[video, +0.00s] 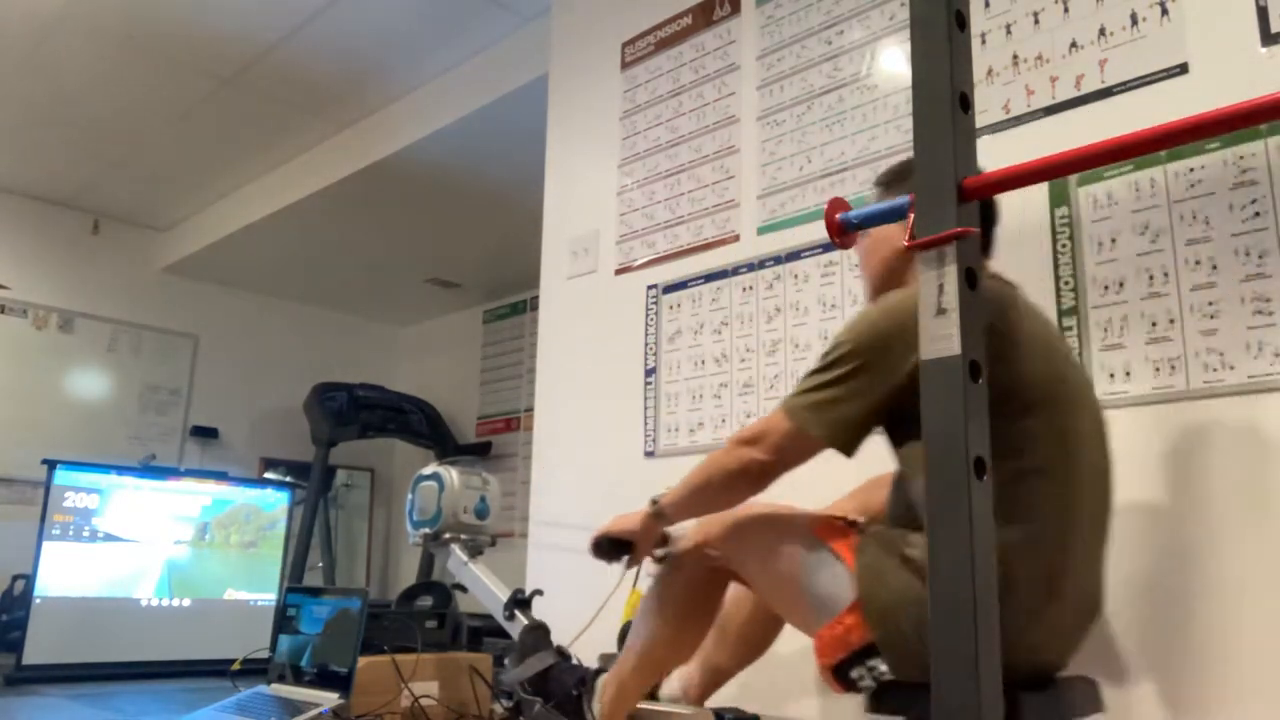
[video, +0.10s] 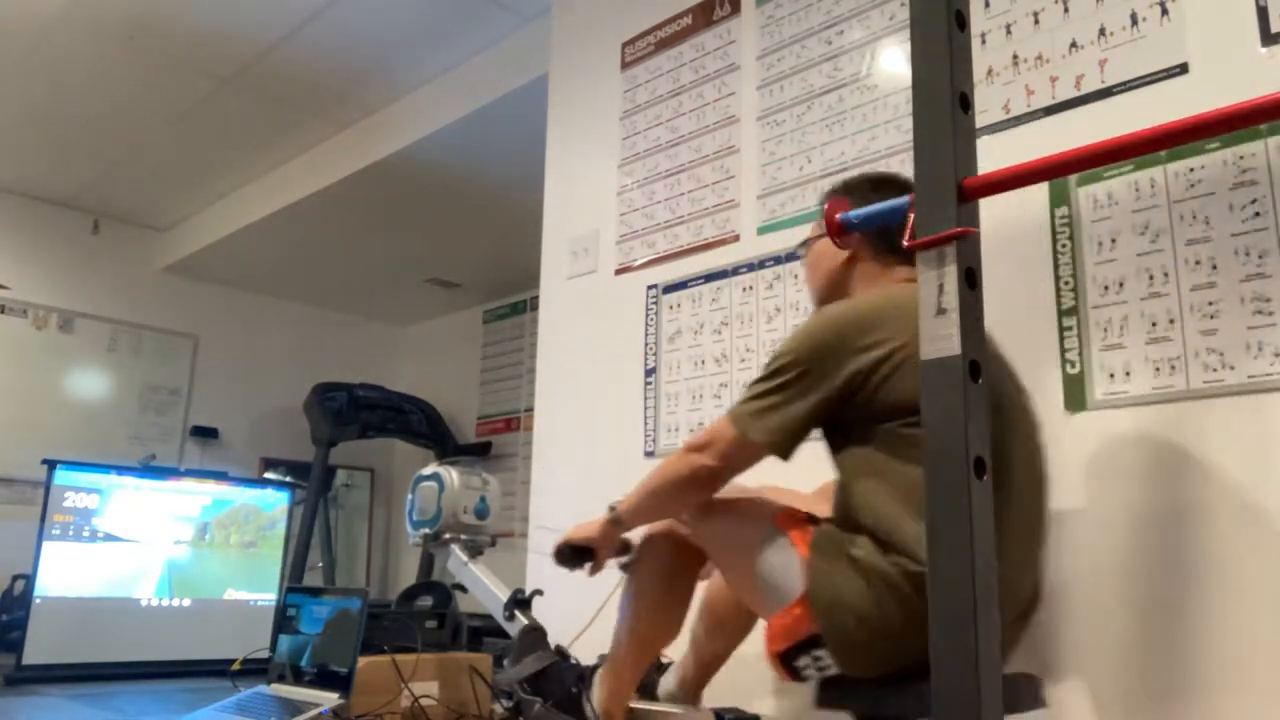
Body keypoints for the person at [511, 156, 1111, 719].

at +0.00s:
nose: (854, 248)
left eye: (864, 227)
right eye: (857, 229)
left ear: (916, 227)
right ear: (954, 233)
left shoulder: (910, 313)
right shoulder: (1011, 315)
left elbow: (759, 455)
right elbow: (886, 498)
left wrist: (655, 516)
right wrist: (725, 533)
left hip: (966, 634)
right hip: (1036, 630)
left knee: (714, 540)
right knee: (775, 548)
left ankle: (611, 704)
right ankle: (691, 692)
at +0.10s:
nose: (803, 264)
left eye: (810, 244)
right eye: (805, 247)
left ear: (849, 240)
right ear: (898, 242)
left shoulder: (853, 324)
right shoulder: (953, 319)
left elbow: (708, 462)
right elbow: (864, 499)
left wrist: (612, 523)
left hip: (892, 614)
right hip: (977, 616)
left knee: (674, 523)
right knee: (748, 535)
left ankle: (608, 701)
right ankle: (680, 692)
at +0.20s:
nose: (755, 280)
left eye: (759, 262)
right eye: (755, 265)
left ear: (796, 253)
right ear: (854, 264)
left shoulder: (790, 337)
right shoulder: (897, 335)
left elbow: (660, 466)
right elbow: (820, 507)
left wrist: (574, 526)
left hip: (836, 622)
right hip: (917, 623)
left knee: (649, 500)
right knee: (718, 491)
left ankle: (606, 699)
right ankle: (679, 683)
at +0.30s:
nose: (712, 289)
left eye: (718, 271)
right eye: (713, 274)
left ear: (750, 267)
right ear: (812, 278)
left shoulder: (742, 346)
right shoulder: (854, 352)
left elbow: (619, 471)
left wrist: (538, 530)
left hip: (785, 627)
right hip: (875, 634)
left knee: (624, 491)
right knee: (713, 466)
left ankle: (605, 694)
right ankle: (681, 669)